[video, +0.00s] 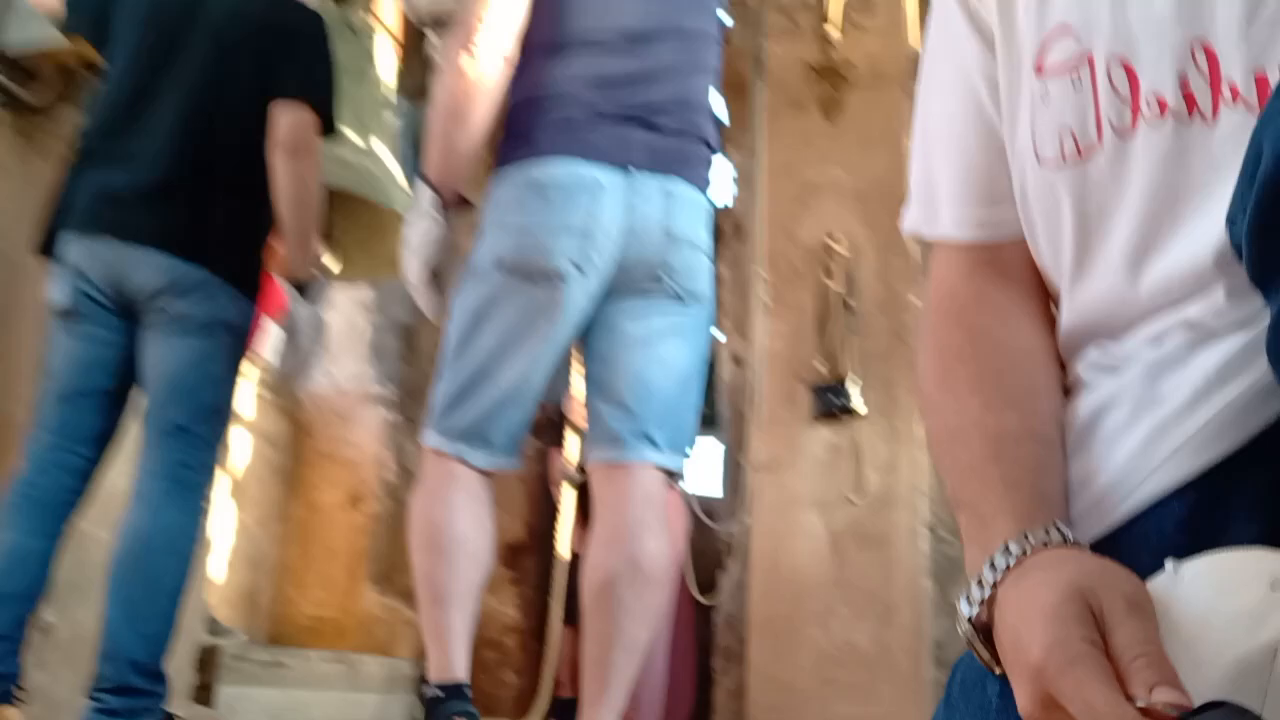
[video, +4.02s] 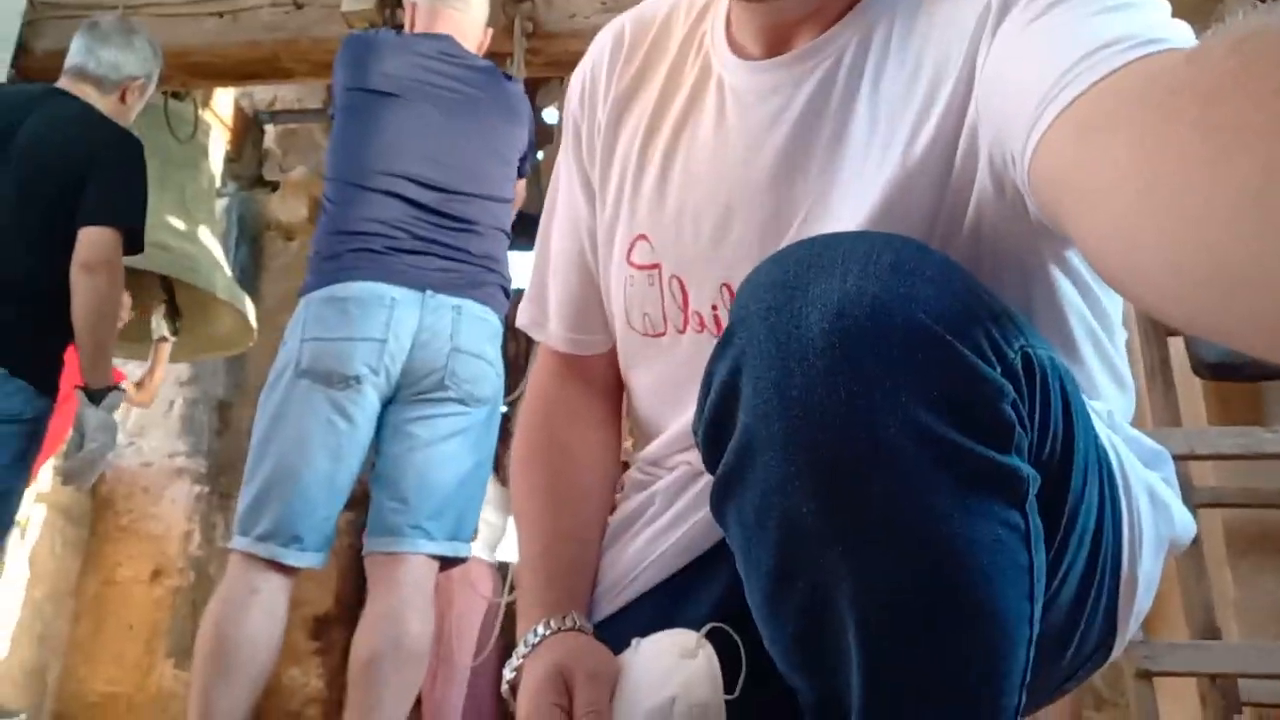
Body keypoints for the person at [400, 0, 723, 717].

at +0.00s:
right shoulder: (700, 11)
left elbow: (482, 60)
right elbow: (705, 95)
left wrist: (437, 197)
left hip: (555, 186)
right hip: (682, 205)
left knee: (462, 449)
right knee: (641, 471)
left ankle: (447, 693)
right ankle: (601, 714)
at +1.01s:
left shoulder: (535, 10)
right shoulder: (667, 35)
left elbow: (491, 116)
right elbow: (665, 159)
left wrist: (442, 242)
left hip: (548, 238)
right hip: (654, 252)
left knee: (485, 495)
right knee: (613, 497)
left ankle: (444, 706)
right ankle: (582, 711)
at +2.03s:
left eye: (651, 69)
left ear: (651, 69)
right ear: (729, 83)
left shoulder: (618, 101)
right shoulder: (765, 128)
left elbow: (574, 216)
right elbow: (754, 237)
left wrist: (533, 349)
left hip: (638, 333)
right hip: (747, 342)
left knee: (578, 588)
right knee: (708, 587)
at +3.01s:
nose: (491, 120)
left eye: (492, 113)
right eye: (565, 126)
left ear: (491, 117)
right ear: (568, 131)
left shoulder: (444, 158)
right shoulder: (599, 199)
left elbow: (399, 244)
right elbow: (601, 316)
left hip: (457, 399)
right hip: (571, 414)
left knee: (393, 659)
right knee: (528, 650)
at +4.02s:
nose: (413, 14)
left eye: (411, 9)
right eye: (482, 25)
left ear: (407, 14)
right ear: (487, 37)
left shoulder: (361, 52)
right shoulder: (514, 100)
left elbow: (359, 149)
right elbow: (511, 201)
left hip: (356, 298)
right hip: (471, 322)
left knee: (268, 552)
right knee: (408, 561)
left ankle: (214, 712)